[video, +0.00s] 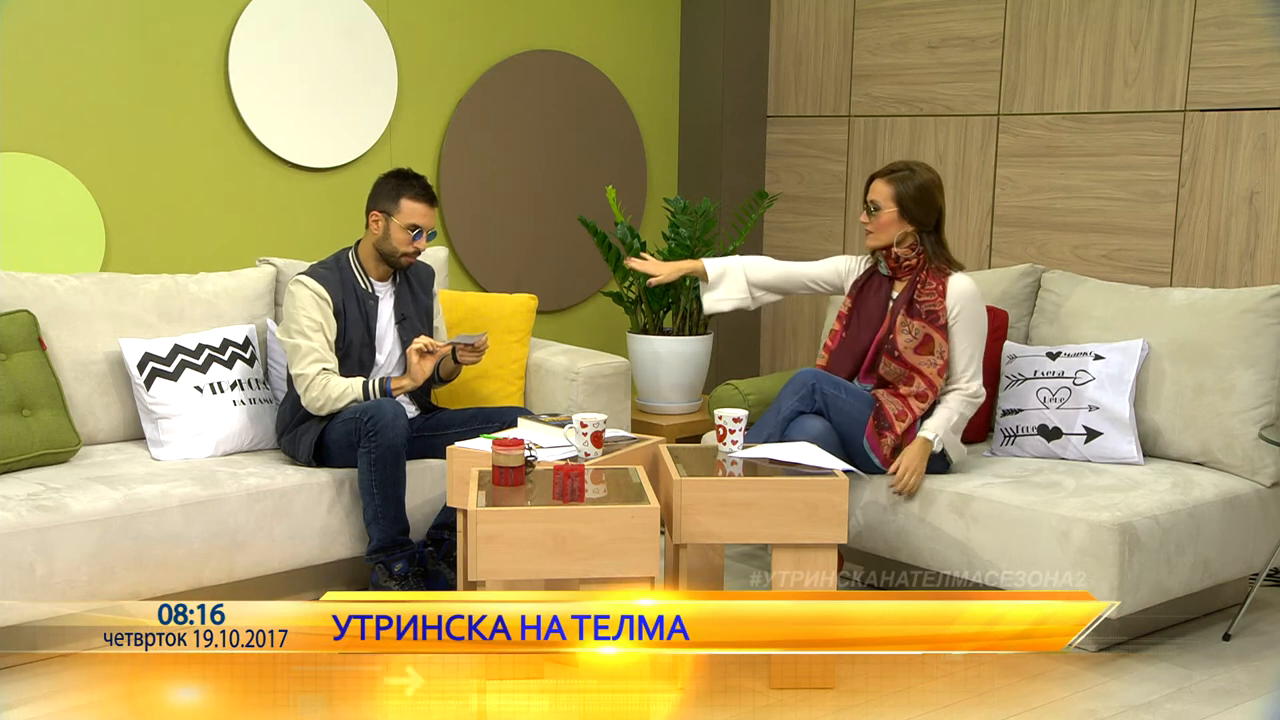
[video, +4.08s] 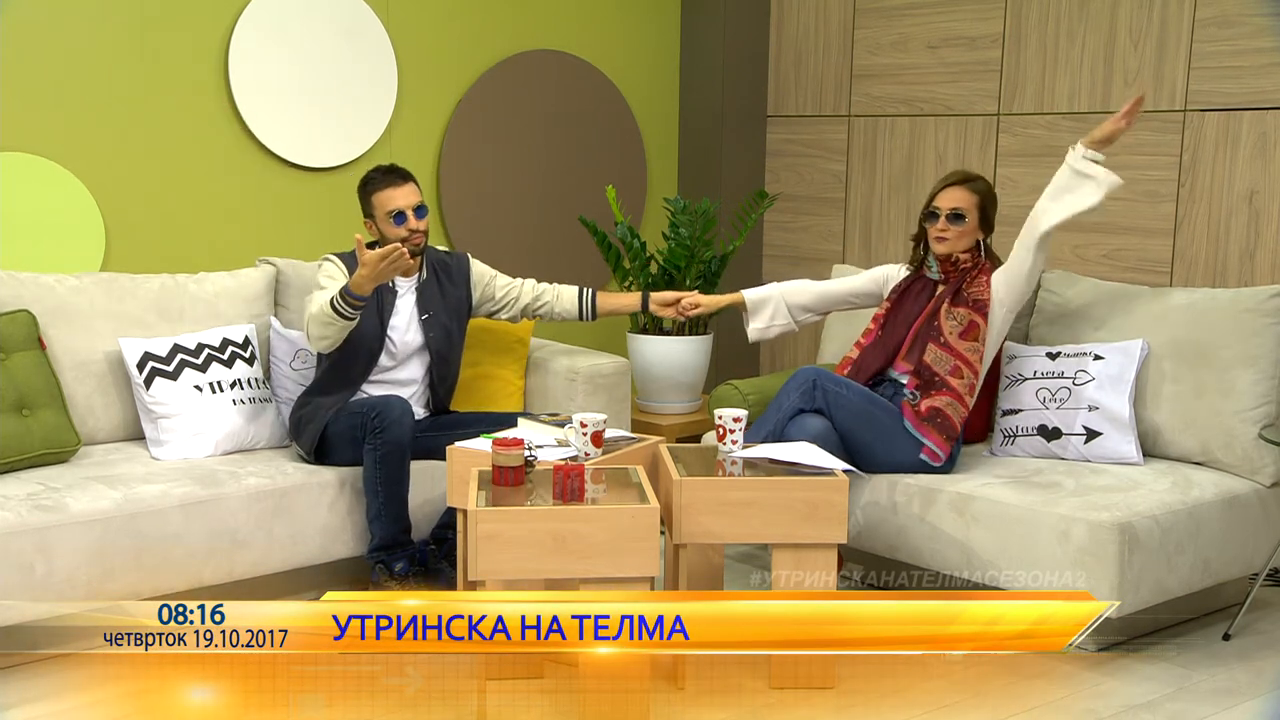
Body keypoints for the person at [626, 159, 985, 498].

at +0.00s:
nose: (864, 219)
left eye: (876, 210)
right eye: (867, 208)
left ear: (913, 219)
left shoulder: (956, 290)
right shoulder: (861, 270)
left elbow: (966, 387)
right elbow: (780, 272)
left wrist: (926, 442)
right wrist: (687, 266)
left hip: (909, 435)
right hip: (850, 420)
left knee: (810, 381)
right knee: (809, 431)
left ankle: (731, 468)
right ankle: (809, 568)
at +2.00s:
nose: (885, 222)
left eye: (896, 214)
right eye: (887, 212)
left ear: (933, 222)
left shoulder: (975, 295)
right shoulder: (882, 271)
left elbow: (972, 400)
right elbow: (797, 273)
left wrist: (921, 461)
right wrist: (705, 263)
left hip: (916, 440)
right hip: (862, 423)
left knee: (817, 379)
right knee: (811, 429)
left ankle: (728, 467)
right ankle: (805, 568)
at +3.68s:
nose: (917, 223)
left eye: (933, 214)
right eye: (914, 213)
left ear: (964, 227)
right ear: (907, 219)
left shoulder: (989, 295)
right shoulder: (890, 276)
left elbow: (1002, 372)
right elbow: (807, 290)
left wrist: (971, 429)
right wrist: (714, 295)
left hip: (922, 436)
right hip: (864, 421)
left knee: (813, 380)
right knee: (809, 431)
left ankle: (734, 468)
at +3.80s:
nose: (927, 223)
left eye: (943, 216)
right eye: (922, 213)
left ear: (972, 227)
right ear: (914, 219)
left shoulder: (991, 294)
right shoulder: (897, 279)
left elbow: (1032, 316)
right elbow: (811, 295)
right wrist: (716, 302)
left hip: (926, 440)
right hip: (868, 423)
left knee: (812, 380)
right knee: (809, 429)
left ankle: (732, 475)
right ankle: (804, 571)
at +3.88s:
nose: (934, 223)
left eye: (949, 216)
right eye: (928, 214)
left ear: (976, 229)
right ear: (918, 222)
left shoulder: (994, 292)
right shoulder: (896, 282)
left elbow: (1044, 276)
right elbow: (810, 294)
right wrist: (718, 303)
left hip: (924, 440)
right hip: (865, 422)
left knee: (812, 381)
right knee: (810, 432)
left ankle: (734, 472)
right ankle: (802, 570)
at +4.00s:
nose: (939, 226)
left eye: (954, 217)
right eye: (933, 216)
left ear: (981, 229)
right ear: (923, 224)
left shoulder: (996, 293)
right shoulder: (900, 280)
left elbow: (1040, 241)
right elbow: (816, 292)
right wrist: (723, 300)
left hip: (923, 436)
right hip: (865, 418)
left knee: (812, 380)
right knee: (800, 430)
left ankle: (739, 459)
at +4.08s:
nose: (941, 225)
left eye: (956, 217)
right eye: (934, 215)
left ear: (983, 228)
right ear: (925, 222)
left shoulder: (998, 291)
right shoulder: (901, 280)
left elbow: (1039, 232)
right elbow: (816, 296)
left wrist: (1090, 150)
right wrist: (724, 300)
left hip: (924, 433)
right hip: (863, 415)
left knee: (812, 381)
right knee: (805, 438)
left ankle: (741, 458)